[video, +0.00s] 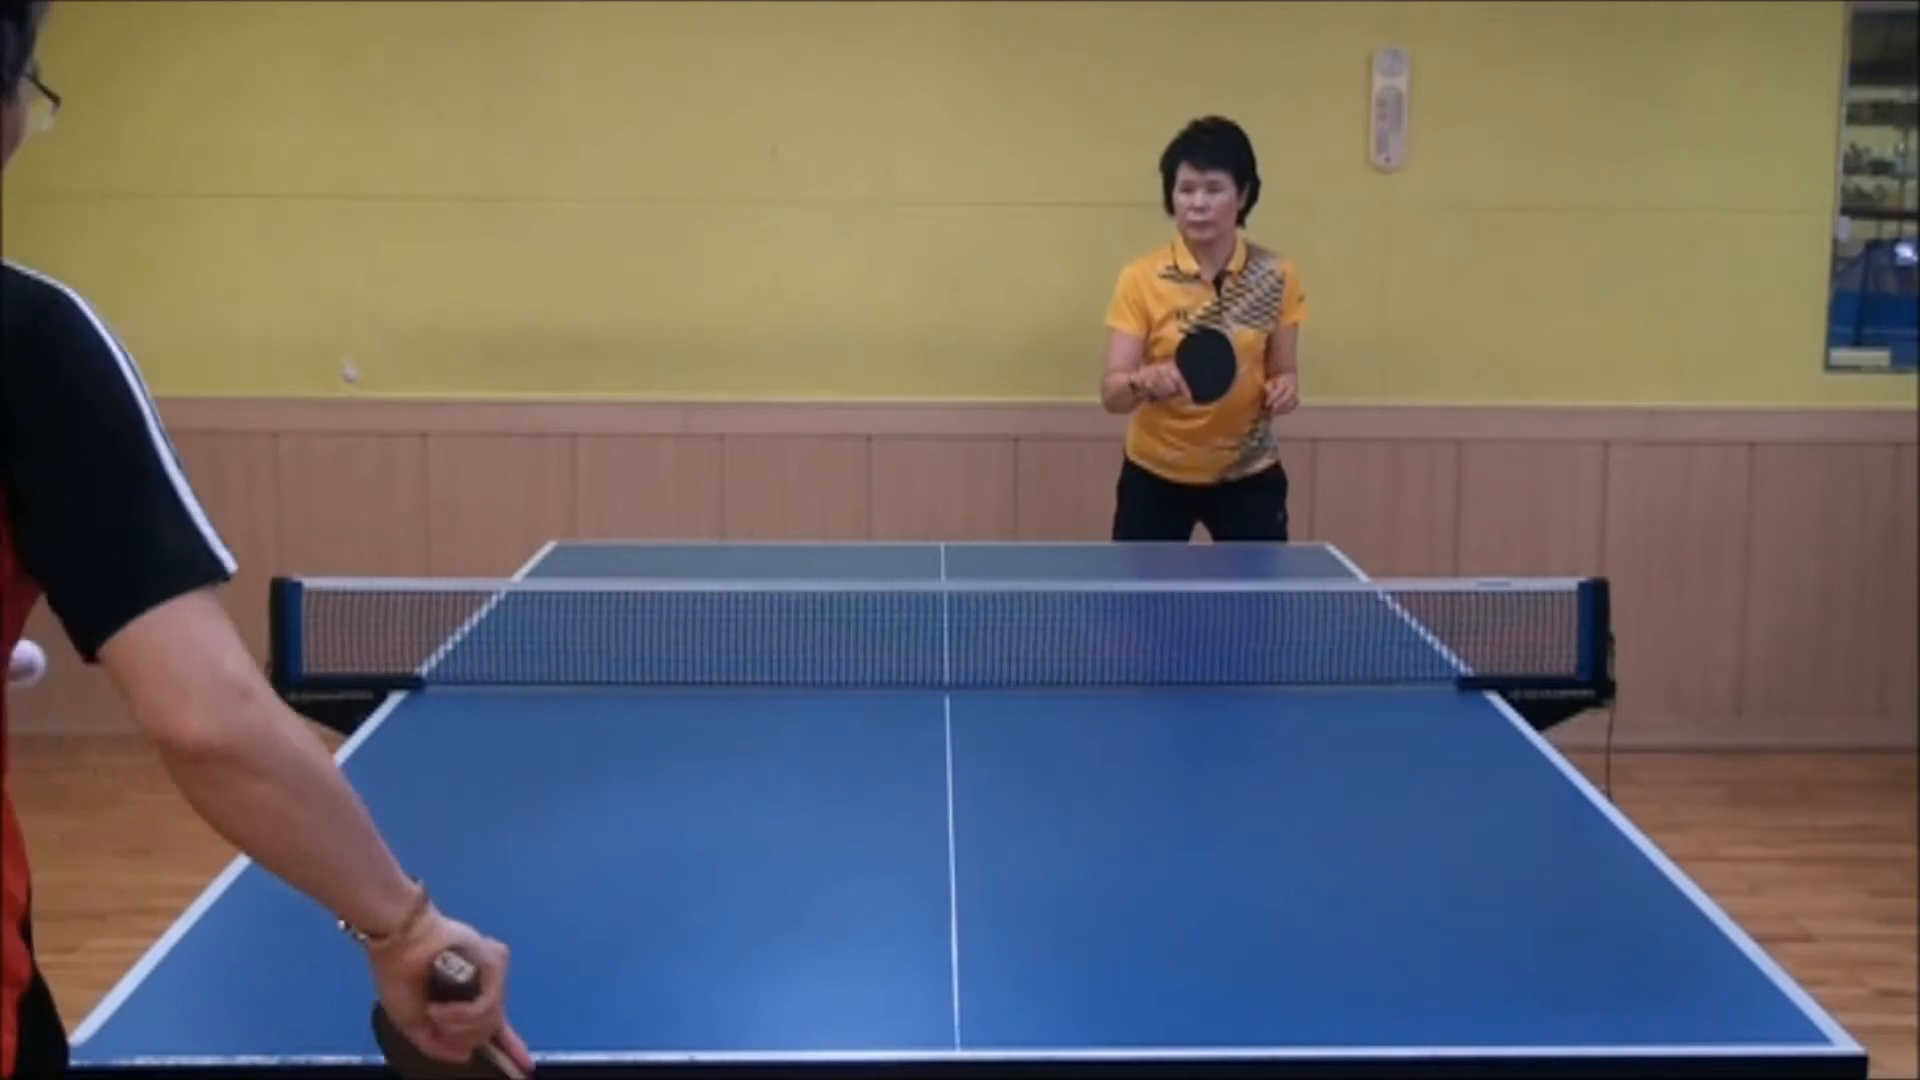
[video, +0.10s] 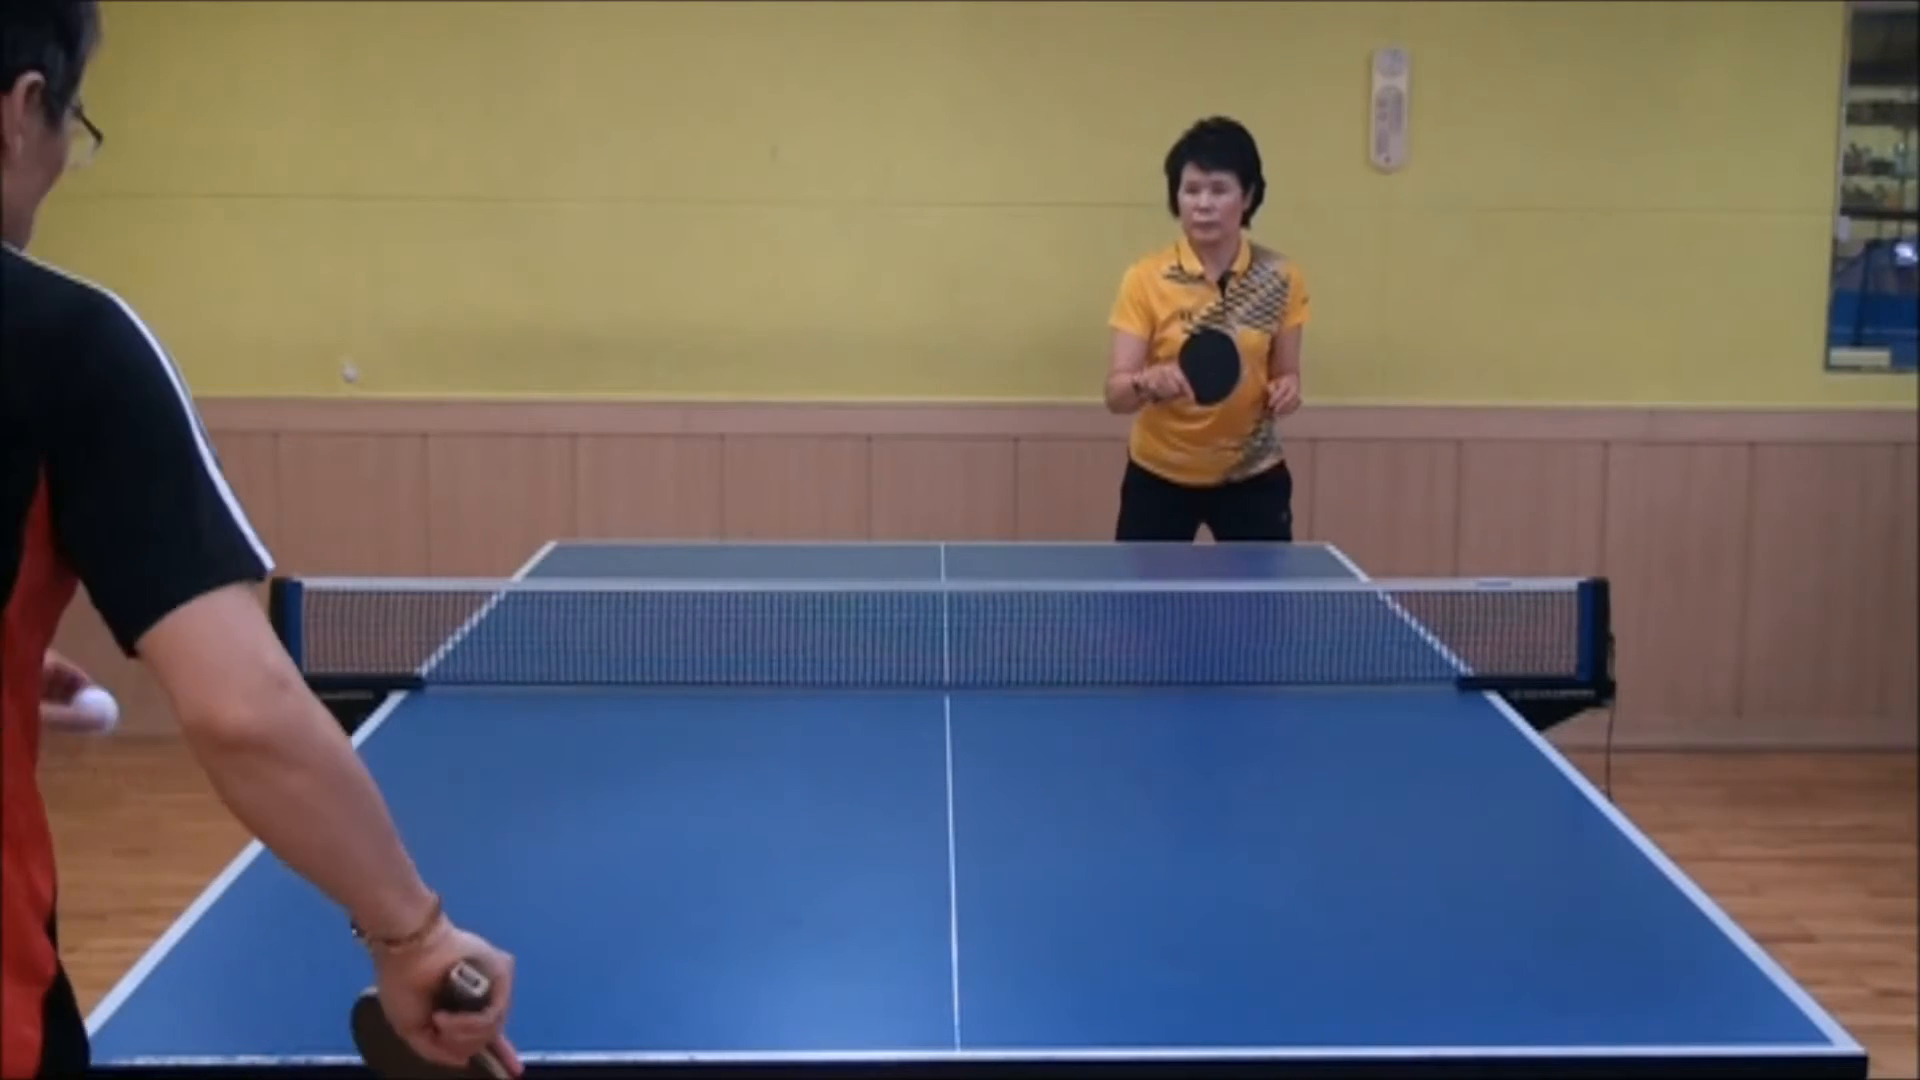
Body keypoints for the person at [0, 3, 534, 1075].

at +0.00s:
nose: (30, 116)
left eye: (26, 76)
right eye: (25, 75)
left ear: (17, 87)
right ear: (7, 89)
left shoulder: (38, 335)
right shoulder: (30, 332)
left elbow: (201, 715)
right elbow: (203, 716)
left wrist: (398, 926)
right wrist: (401, 923)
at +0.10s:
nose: (59, 169)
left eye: (71, 135)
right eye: (68, 128)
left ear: (20, 107)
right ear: (17, 107)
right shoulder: (55, 335)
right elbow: (240, 707)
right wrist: (409, 930)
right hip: (3, 1000)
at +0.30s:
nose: (117, 186)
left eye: (121, 151)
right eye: (119, 146)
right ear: (68, 132)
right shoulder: (107, 342)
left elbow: (252, 728)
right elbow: (251, 726)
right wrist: (307, 956)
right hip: (17, 1001)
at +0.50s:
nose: (129, 193)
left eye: (136, 155)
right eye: (134, 151)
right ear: (83, 135)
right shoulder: (131, 349)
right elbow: (367, 695)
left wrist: (152, 763)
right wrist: (219, 745)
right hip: (38, 996)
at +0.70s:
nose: (96, 167)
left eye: (106, 135)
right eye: (101, 131)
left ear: (38, 119)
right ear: (41, 121)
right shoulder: (116, 343)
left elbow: (383, 611)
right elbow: (387, 616)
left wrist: (467, 658)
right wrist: (489, 667)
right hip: (27, 998)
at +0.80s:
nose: (60, 155)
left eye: (69, 117)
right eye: (66, 115)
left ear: (17, 103)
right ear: (14, 106)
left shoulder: (87, 335)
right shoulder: (82, 335)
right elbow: (337, 661)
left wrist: (397, 699)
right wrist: (414, 709)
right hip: (20, 999)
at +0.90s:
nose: (27, 118)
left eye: (27, 83)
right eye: (27, 82)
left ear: (21, 102)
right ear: (11, 100)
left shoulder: (62, 340)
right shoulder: (52, 339)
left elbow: (229, 722)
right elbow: (233, 722)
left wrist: (300, 771)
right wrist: (311, 779)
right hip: (3, 1003)